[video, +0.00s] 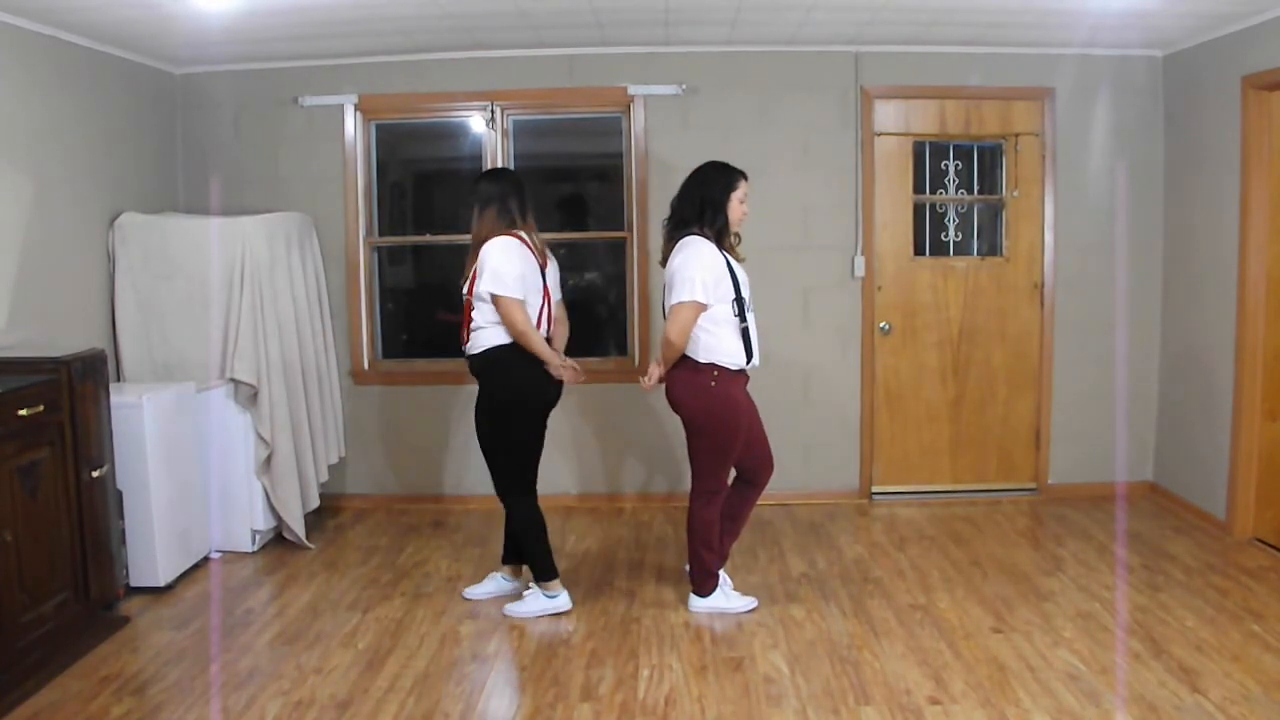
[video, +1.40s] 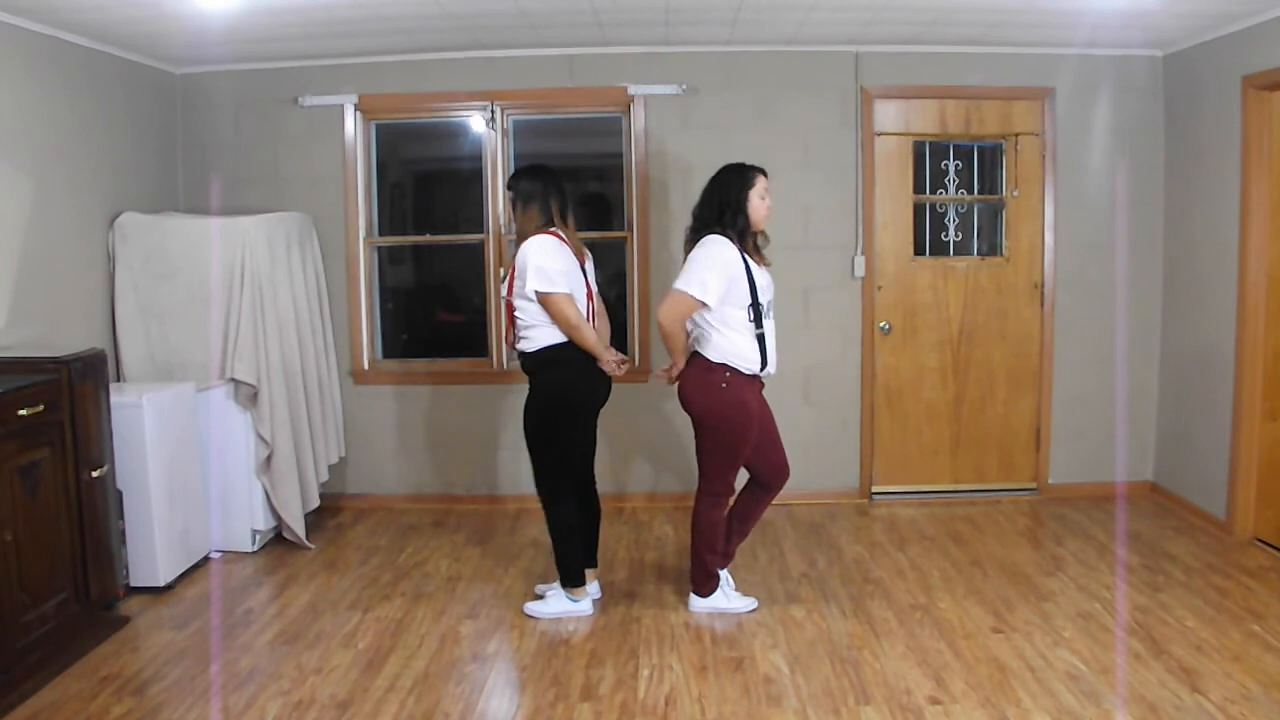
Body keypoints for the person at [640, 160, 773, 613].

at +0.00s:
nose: (746, 209)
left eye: (746, 200)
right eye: (741, 200)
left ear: (716, 202)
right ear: (716, 201)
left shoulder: (714, 250)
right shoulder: (696, 251)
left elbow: (684, 323)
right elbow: (677, 334)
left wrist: (662, 363)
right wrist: (661, 365)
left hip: (725, 379)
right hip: (705, 381)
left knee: (757, 469)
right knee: (709, 485)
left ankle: (710, 565)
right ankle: (705, 589)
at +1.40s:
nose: (769, 203)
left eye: (768, 195)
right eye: (763, 195)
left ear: (744, 201)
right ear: (738, 200)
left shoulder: (745, 252)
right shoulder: (716, 249)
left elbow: (721, 317)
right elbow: (669, 316)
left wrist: (688, 359)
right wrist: (679, 361)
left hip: (742, 383)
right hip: (719, 383)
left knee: (772, 473)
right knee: (716, 490)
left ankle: (715, 562)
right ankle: (705, 589)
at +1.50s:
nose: (773, 197)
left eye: (774, 191)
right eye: (763, 190)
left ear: (773, 202)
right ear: (738, 198)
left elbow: (746, 318)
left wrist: (755, 373)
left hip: (747, 384)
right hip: (722, 383)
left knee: (774, 475)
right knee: (721, 489)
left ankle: (715, 563)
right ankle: (705, 589)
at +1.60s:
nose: (776, 197)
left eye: (781, 192)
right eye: (765, 189)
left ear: (786, 206)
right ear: (743, 198)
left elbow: (777, 322)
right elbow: (669, 296)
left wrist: (794, 361)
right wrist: (694, 332)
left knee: (778, 477)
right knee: (734, 487)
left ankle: (716, 561)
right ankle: (706, 588)